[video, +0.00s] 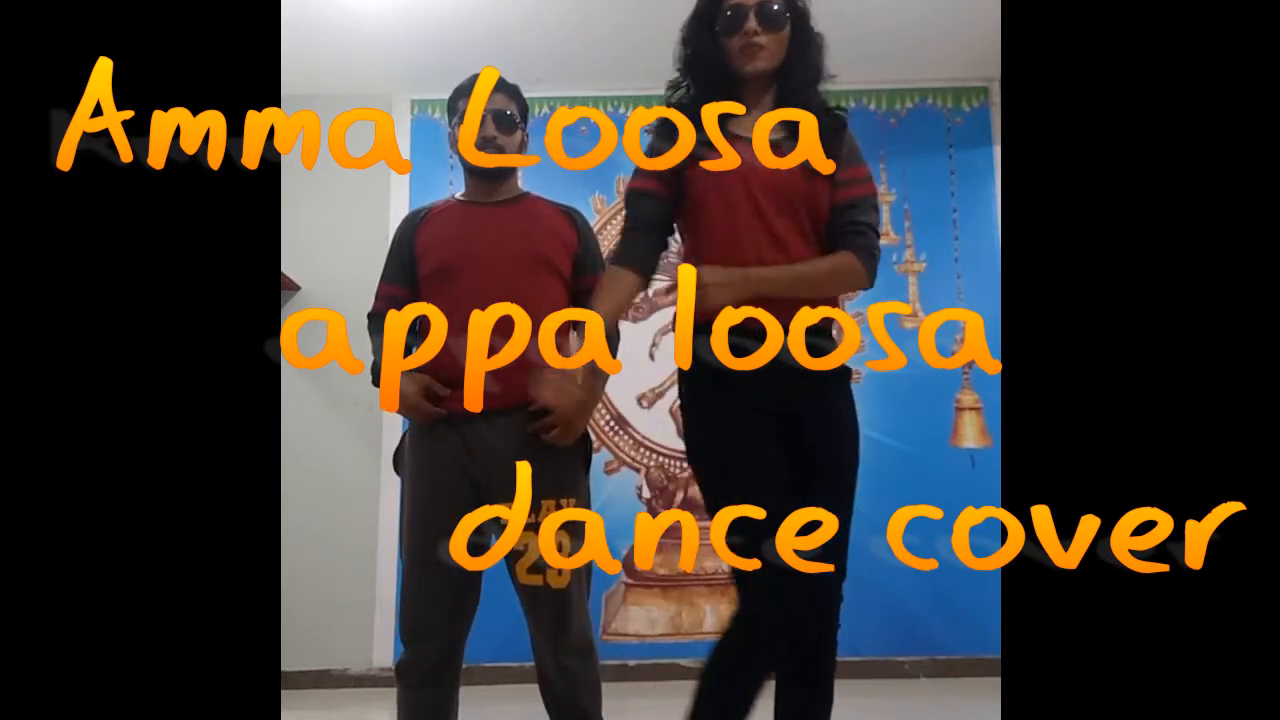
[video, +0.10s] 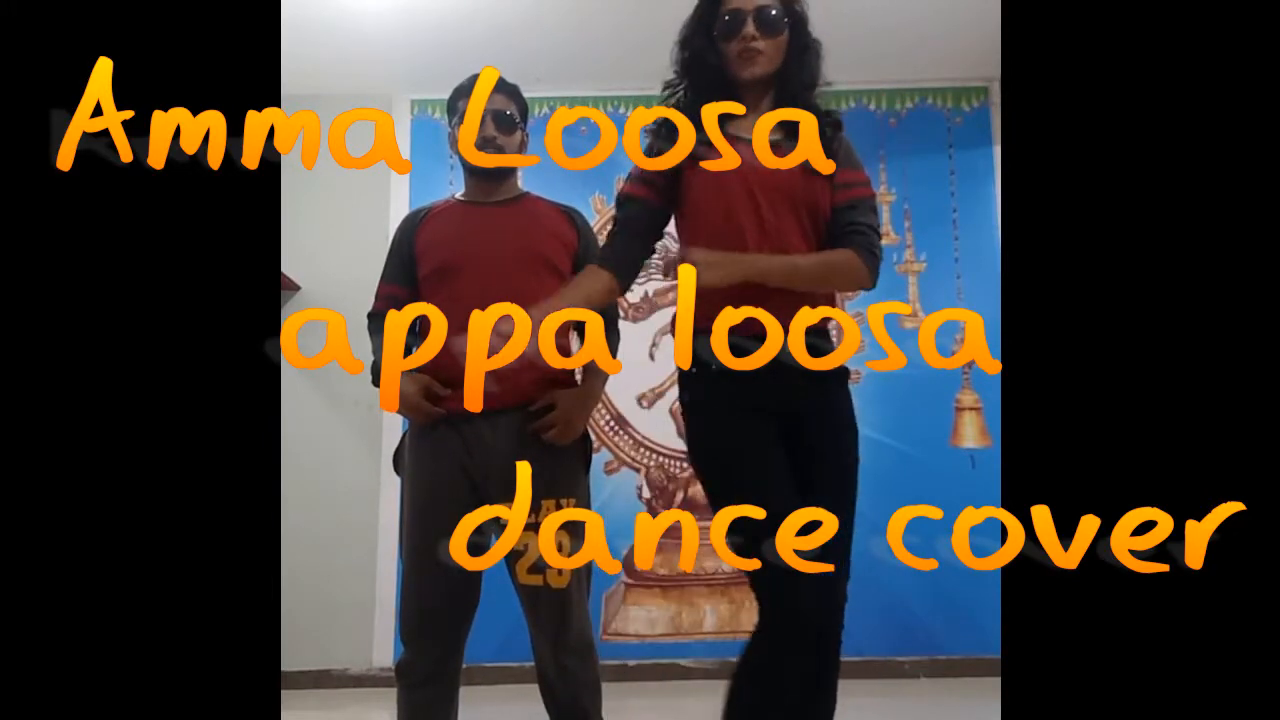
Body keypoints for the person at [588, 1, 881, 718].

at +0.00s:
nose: (752, 31)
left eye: (770, 16)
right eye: (734, 18)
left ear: (795, 30)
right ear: (711, 33)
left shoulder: (825, 127)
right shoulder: (679, 127)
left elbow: (857, 265)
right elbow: (633, 257)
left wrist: (718, 284)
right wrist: (579, 368)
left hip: (815, 377)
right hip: (719, 376)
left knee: (815, 599)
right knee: (771, 598)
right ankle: (708, 717)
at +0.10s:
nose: (751, 37)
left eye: (768, 22)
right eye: (732, 24)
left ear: (792, 35)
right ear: (709, 39)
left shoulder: (822, 130)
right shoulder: (680, 129)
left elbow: (859, 263)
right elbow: (621, 253)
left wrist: (737, 266)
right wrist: (536, 320)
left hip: (815, 380)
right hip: (721, 381)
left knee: (820, 599)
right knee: (791, 600)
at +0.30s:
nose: (742, 40)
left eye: (761, 25)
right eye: (722, 26)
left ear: (787, 42)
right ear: (698, 45)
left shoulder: (818, 137)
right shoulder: (678, 141)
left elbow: (864, 267)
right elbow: (607, 272)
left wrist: (758, 245)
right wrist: (492, 250)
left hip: (802, 394)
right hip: (701, 396)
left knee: (824, 610)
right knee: (734, 617)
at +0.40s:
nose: (738, 40)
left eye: (757, 25)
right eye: (718, 26)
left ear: (780, 43)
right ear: (693, 44)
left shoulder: (817, 141)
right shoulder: (668, 142)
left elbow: (862, 283)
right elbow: (625, 291)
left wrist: (848, 192)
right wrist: (568, 228)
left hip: (790, 395)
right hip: (689, 395)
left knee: (790, 609)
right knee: (709, 614)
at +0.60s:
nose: (742, 38)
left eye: (760, 24)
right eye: (721, 27)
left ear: (783, 45)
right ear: (697, 50)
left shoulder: (804, 137)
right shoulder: (667, 142)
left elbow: (871, 275)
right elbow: (633, 280)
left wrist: (932, 174)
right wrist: (673, 163)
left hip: (792, 389)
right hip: (694, 388)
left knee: (742, 612)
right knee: (681, 613)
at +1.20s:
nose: (737, 40)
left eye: (754, 27)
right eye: (715, 32)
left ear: (779, 49)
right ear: (693, 59)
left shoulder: (819, 141)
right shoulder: (680, 149)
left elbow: (931, 194)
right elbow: (626, 286)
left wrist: (822, 143)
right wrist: (567, 188)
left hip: (798, 397)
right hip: (699, 398)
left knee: (808, 622)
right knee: (729, 623)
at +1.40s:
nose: (731, 34)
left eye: (749, 20)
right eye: (711, 24)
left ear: (773, 41)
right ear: (688, 48)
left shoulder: (811, 136)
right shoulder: (669, 138)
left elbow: (951, 143)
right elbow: (629, 225)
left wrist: (874, 35)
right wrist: (584, 148)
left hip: (791, 389)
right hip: (685, 391)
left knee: (808, 608)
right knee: (699, 614)